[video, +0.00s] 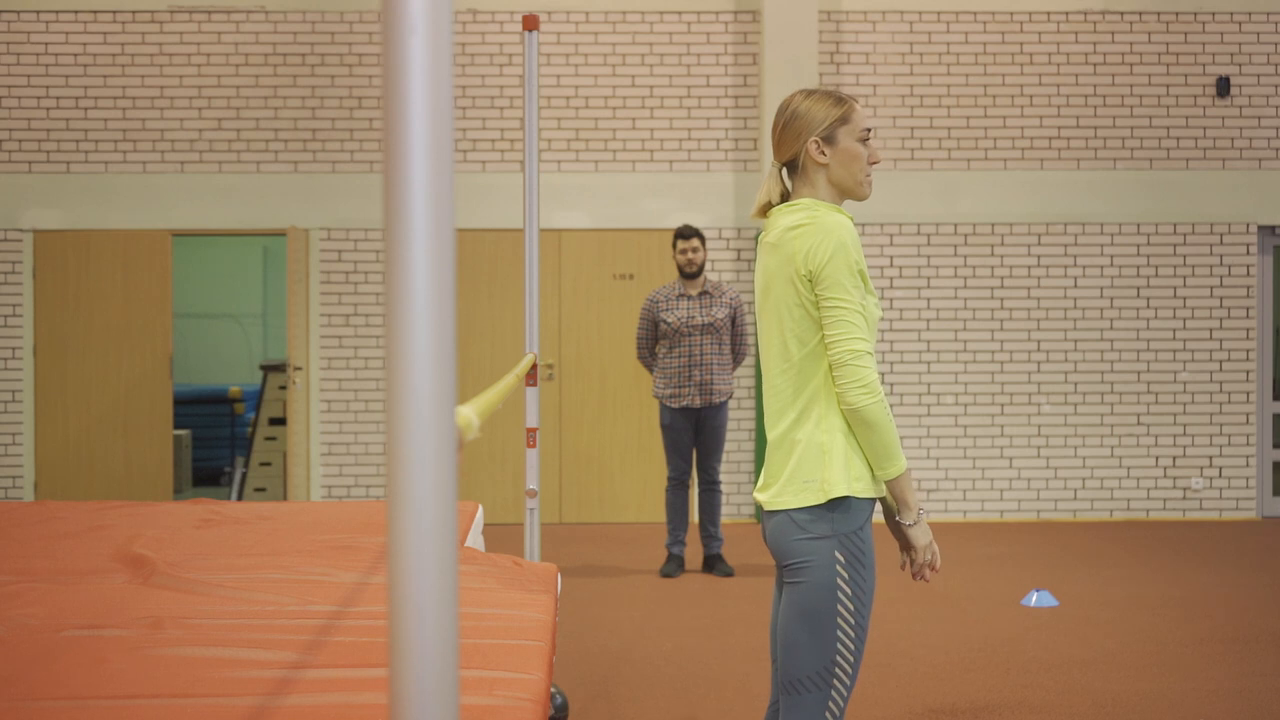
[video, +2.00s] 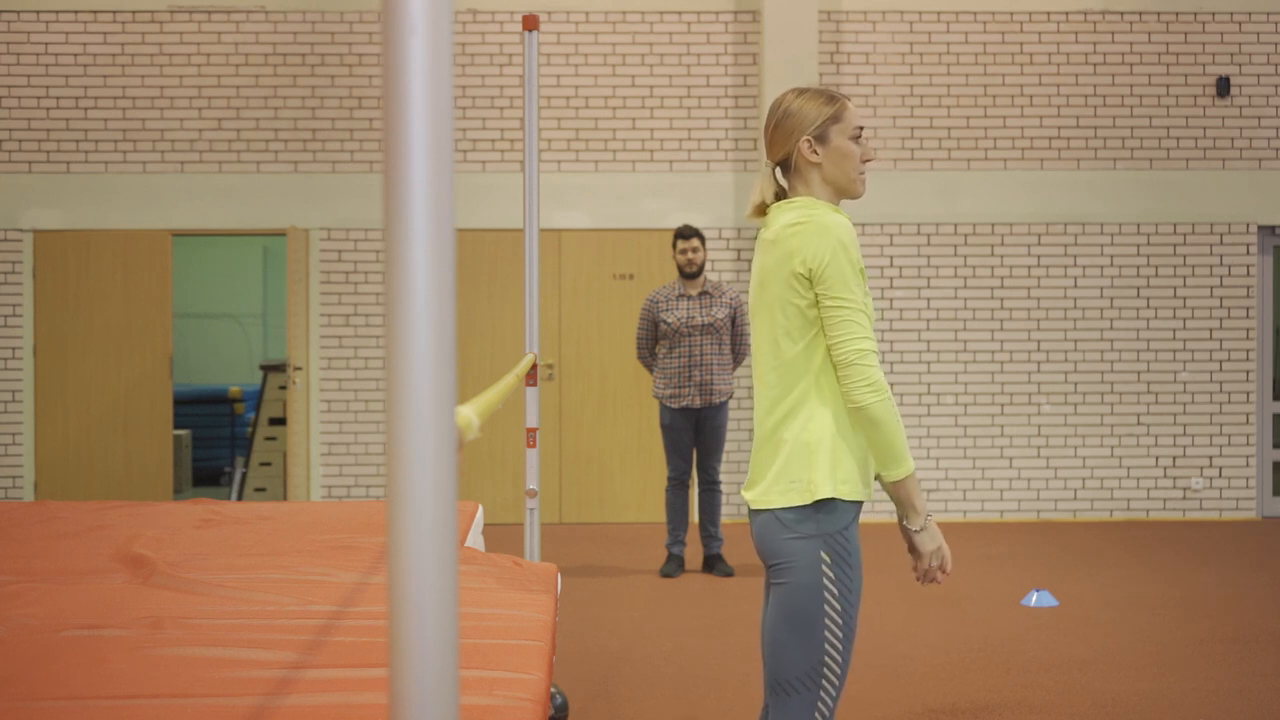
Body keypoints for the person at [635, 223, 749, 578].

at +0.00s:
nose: (689, 256)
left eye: (695, 250)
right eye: (682, 251)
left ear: (705, 253)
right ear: (674, 256)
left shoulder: (728, 296)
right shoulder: (658, 299)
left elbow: (741, 347)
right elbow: (644, 350)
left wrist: (718, 372)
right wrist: (669, 376)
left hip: (715, 402)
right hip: (674, 402)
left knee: (710, 478)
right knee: (678, 477)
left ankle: (713, 553)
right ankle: (675, 553)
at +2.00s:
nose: (689, 256)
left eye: (695, 250)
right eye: (682, 251)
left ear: (705, 254)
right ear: (674, 256)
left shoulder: (728, 297)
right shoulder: (658, 300)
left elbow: (741, 347)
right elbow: (644, 350)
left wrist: (718, 372)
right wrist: (669, 376)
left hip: (715, 402)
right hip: (674, 402)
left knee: (710, 478)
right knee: (678, 477)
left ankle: (713, 552)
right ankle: (675, 553)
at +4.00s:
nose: (688, 256)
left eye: (693, 250)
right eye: (681, 251)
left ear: (704, 253)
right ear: (673, 256)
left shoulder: (728, 297)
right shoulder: (658, 300)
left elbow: (741, 347)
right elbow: (644, 351)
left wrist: (718, 372)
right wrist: (669, 376)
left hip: (715, 402)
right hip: (675, 402)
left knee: (710, 479)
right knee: (678, 478)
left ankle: (713, 553)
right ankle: (675, 553)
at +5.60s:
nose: (688, 256)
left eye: (693, 249)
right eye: (681, 251)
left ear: (705, 253)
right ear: (673, 257)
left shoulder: (727, 297)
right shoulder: (659, 300)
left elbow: (741, 347)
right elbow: (645, 351)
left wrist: (718, 373)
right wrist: (670, 377)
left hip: (716, 402)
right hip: (675, 403)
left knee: (710, 479)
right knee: (678, 477)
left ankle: (713, 553)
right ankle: (675, 552)